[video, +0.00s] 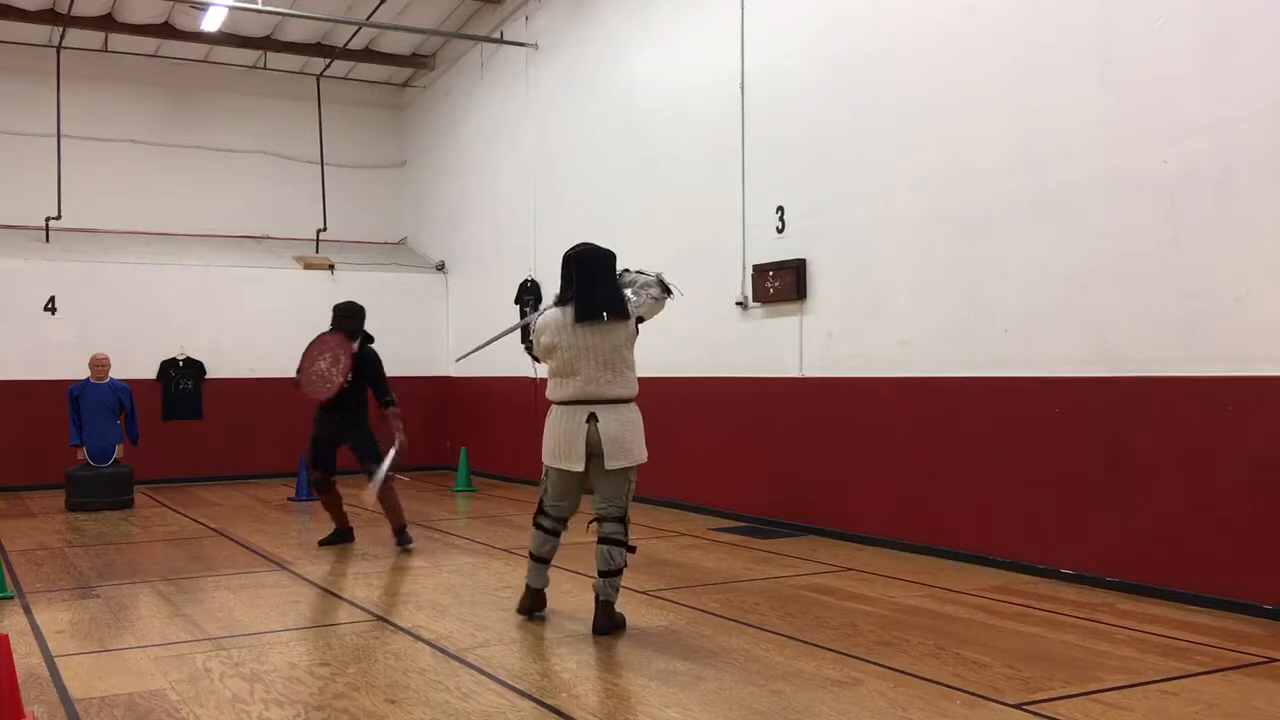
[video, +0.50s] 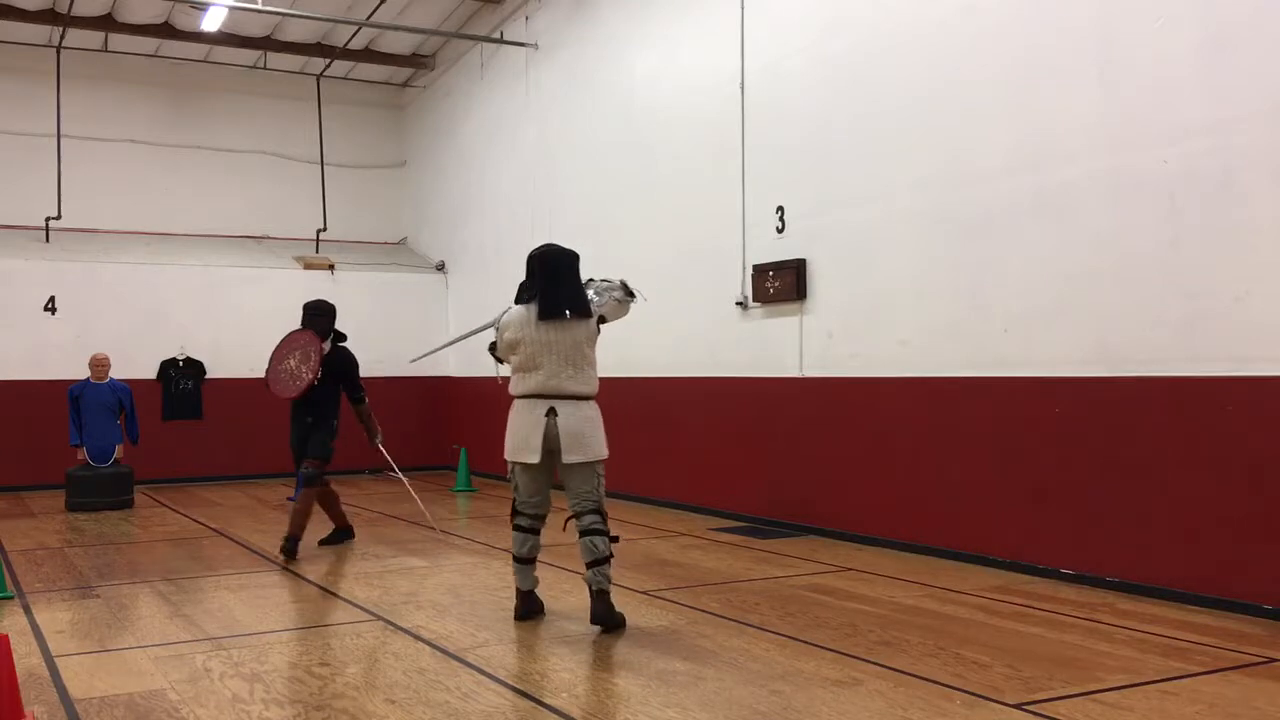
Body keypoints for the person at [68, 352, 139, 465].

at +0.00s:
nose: (100, 369)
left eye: (104, 366)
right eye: (96, 366)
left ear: (109, 367)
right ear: (89, 367)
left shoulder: (121, 389)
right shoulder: (77, 390)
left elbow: (130, 415)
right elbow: (74, 419)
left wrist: (133, 437)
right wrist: (78, 444)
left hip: (114, 445)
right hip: (87, 445)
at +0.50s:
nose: (100, 369)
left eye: (104, 366)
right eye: (96, 366)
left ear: (109, 367)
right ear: (89, 367)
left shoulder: (121, 389)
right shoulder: (77, 390)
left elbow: (130, 415)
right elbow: (74, 419)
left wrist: (133, 437)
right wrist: (78, 444)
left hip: (114, 445)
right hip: (87, 445)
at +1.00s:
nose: (100, 369)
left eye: (104, 366)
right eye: (96, 366)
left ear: (109, 367)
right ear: (89, 367)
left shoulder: (121, 389)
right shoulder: (77, 390)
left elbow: (130, 415)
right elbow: (74, 419)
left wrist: (133, 437)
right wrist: (78, 445)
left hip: (114, 445)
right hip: (87, 445)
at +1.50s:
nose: (100, 369)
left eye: (103, 366)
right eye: (96, 365)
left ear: (109, 367)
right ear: (89, 367)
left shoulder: (121, 389)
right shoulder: (77, 390)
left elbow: (130, 415)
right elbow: (74, 419)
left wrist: (133, 437)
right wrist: (78, 444)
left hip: (113, 445)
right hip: (87, 444)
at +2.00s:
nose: (100, 369)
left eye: (103, 366)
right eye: (96, 366)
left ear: (109, 367)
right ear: (90, 367)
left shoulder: (121, 389)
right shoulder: (77, 390)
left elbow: (130, 415)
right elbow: (74, 419)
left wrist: (133, 437)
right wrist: (78, 445)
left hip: (113, 445)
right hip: (88, 444)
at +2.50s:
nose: (100, 369)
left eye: (103, 366)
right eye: (96, 366)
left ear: (109, 367)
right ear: (89, 367)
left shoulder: (121, 389)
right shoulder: (77, 390)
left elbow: (130, 415)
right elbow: (74, 420)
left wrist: (133, 438)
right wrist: (78, 445)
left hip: (113, 444)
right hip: (88, 444)